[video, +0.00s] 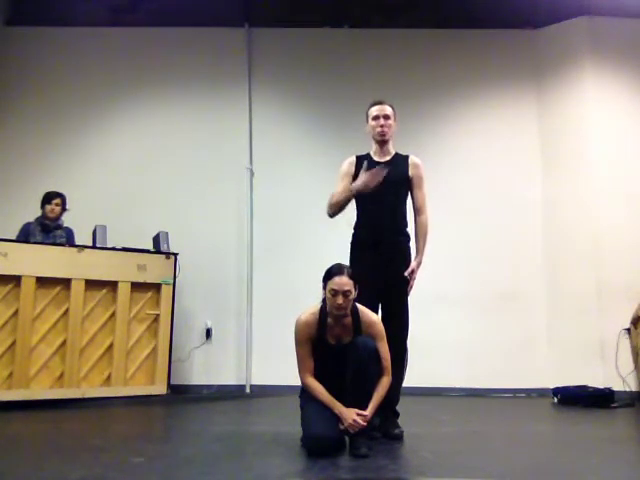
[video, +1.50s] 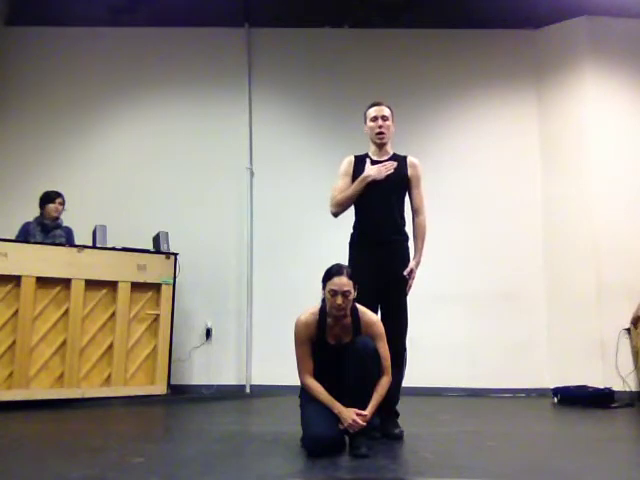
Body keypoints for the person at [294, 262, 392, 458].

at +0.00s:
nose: (340, 301)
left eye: (347, 294)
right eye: (334, 294)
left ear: (355, 293)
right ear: (324, 292)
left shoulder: (371, 322)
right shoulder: (307, 323)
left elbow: (386, 374)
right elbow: (307, 378)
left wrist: (366, 414)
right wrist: (342, 412)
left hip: (355, 392)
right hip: (321, 392)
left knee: (365, 347)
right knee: (322, 445)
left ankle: (360, 432)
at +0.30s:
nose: (339, 301)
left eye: (346, 294)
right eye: (333, 294)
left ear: (355, 293)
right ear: (324, 292)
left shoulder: (371, 322)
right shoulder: (307, 323)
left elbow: (386, 374)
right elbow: (307, 378)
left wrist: (366, 414)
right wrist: (342, 412)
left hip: (355, 392)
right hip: (321, 393)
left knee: (365, 347)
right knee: (321, 445)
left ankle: (360, 431)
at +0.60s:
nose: (339, 301)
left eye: (346, 294)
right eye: (333, 294)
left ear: (355, 294)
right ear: (324, 292)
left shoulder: (371, 322)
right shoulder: (307, 323)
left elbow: (386, 374)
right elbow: (306, 378)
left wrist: (366, 414)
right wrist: (342, 412)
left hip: (355, 392)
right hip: (321, 393)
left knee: (365, 347)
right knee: (321, 445)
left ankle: (360, 432)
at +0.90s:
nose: (339, 301)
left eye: (346, 294)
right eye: (333, 294)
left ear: (354, 294)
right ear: (324, 292)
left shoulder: (371, 323)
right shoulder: (306, 324)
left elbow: (386, 375)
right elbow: (306, 378)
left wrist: (367, 413)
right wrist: (341, 411)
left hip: (355, 392)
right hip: (320, 392)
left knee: (365, 347)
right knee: (321, 445)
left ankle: (359, 432)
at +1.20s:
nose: (339, 301)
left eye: (346, 294)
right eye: (333, 294)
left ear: (354, 294)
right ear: (323, 292)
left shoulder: (371, 323)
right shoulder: (306, 324)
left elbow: (386, 375)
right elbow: (306, 378)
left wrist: (366, 413)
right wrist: (341, 411)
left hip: (355, 392)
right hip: (320, 393)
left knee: (365, 347)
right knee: (321, 445)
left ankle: (359, 432)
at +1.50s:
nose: (339, 302)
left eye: (346, 295)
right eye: (333, 294)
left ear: (354, 294)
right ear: (323, 292)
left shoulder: (371, 323)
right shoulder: (306, 324)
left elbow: (386, 375)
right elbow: (306, 378)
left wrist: (366, 413)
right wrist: (341, 411)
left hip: (355, 392)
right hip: (320, 393)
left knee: (365, 347)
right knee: (321, 445)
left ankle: (359, 432)